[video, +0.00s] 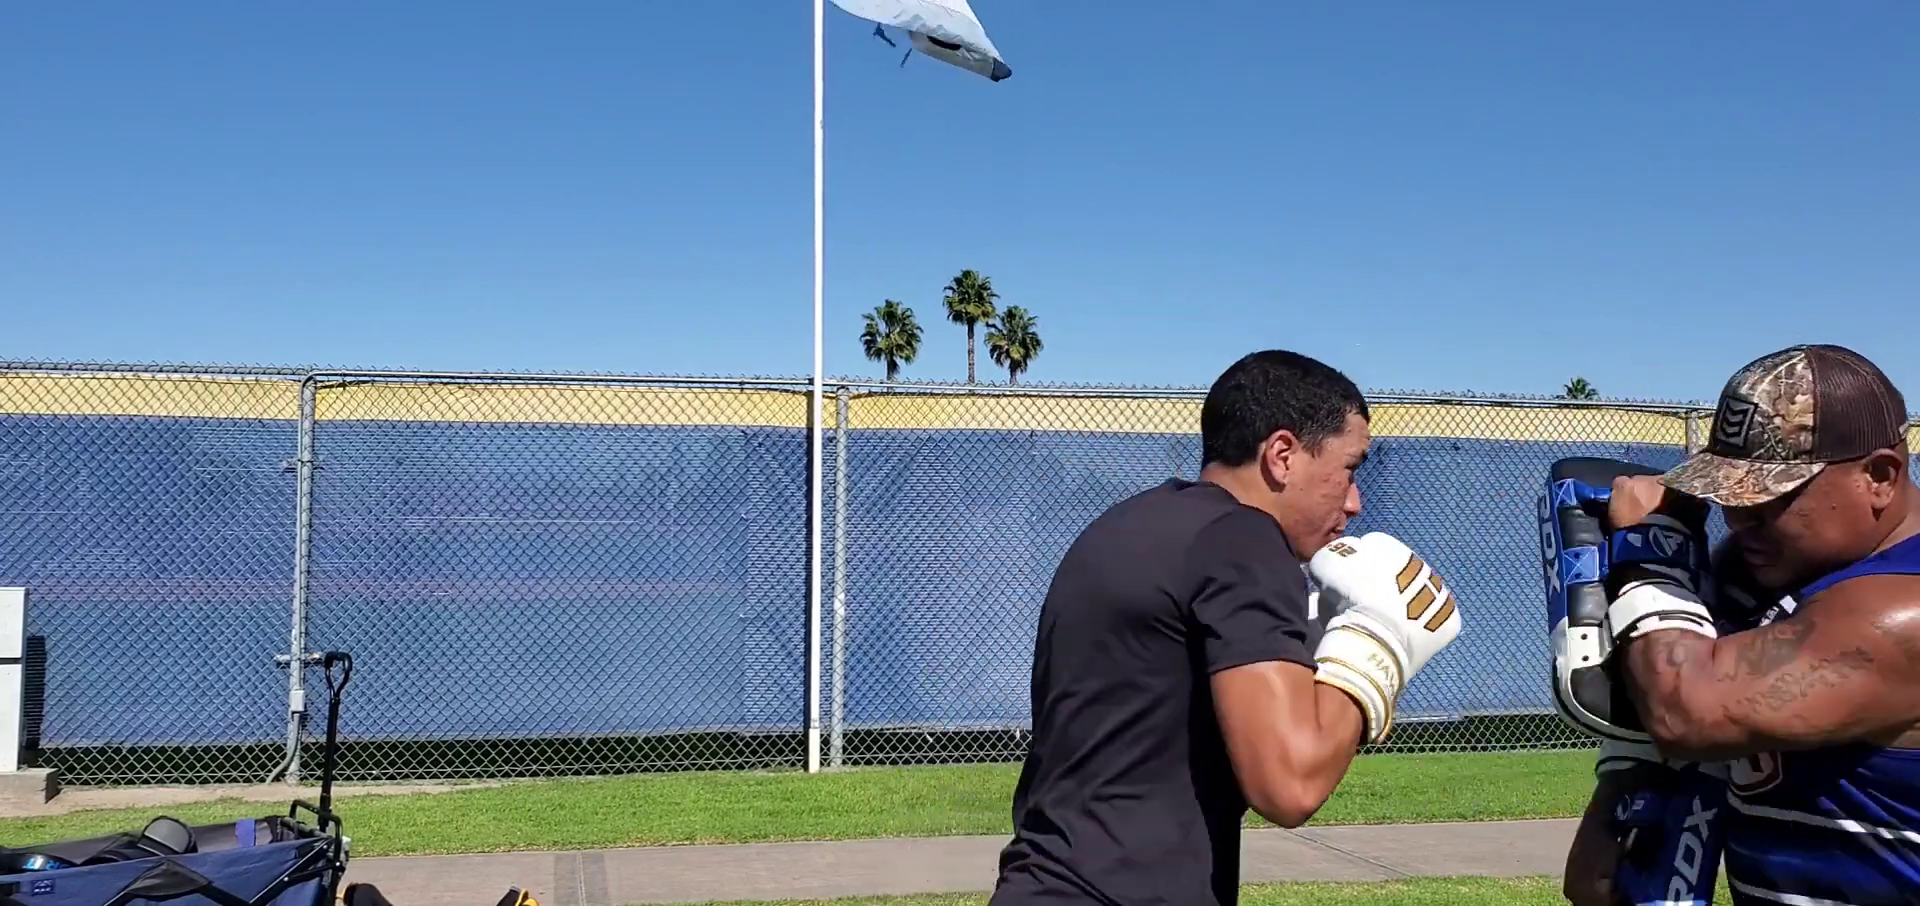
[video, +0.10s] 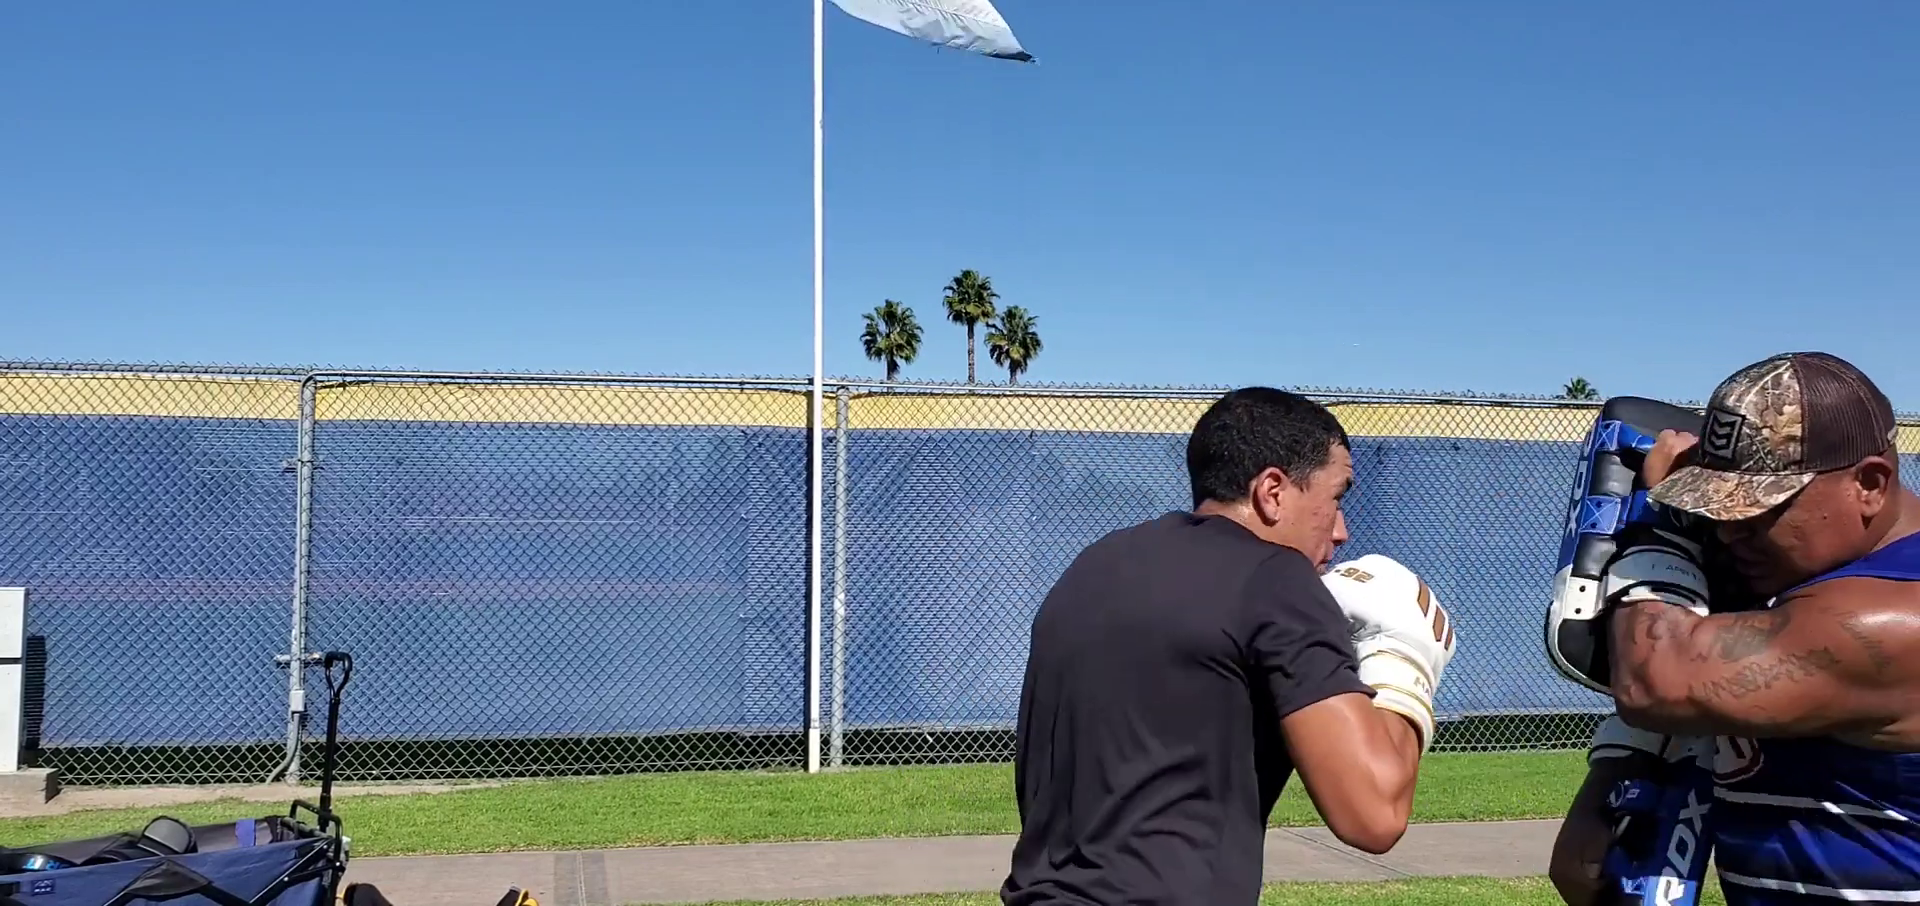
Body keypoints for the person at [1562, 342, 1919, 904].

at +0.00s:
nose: (1740, 519)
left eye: (1770, 498)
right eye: (1734, 495)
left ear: (1881, 480)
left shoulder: (1899, 615)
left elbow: (1687, 708)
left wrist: (1647, 545)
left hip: (1874, 888)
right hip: (1764, 886)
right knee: (1599, 875)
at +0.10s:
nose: (1729, 537)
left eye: (1757, 513)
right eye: (1722, 512)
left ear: (1871, 487)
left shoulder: (1887, 621)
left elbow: (1657, 681)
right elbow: (1582, 870)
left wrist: (1663, 513)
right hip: (1762, 886)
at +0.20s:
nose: (1719, 537)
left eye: (1745, 513)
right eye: (1711, 512)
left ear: (1859, 485)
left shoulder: (1889, 625)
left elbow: (1663, 696)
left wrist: (1651, 517)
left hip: (1876, 894)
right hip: (1758, 888)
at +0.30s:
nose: (1710, 535)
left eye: (1739, 511)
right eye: (1705, 510)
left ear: (1851, 486)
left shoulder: (1878, 621)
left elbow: (1645, 685)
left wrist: (1639, 509)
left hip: (1868, 895)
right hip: (1755, 887)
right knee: (1576, 872)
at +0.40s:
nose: (1758, 527)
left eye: (1800, 506)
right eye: (1749, 490)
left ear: (1902, 502)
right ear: (1732, 468)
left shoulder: (1882, 630)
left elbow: (1636, 672)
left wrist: (1632, 487)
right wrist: (1592, 790)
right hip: (1749, 884)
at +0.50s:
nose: (1796, 520)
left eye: (1841, 501)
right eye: (1790, 480)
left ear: (1914, 510)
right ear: (1775, 463)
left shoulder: (1902, 634)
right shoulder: (1755, 535)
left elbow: (1684, 701)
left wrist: (1629, 576)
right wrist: (1584, 784)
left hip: (1882, 892)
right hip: (1751, 885)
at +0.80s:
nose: (1834, 454)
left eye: (1865, 426)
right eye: (1830, 429)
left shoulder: (1911, 574)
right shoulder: (1871, 567)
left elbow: (1850, 740)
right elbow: (1771, 679)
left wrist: (1663, 824)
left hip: (1896, 863)